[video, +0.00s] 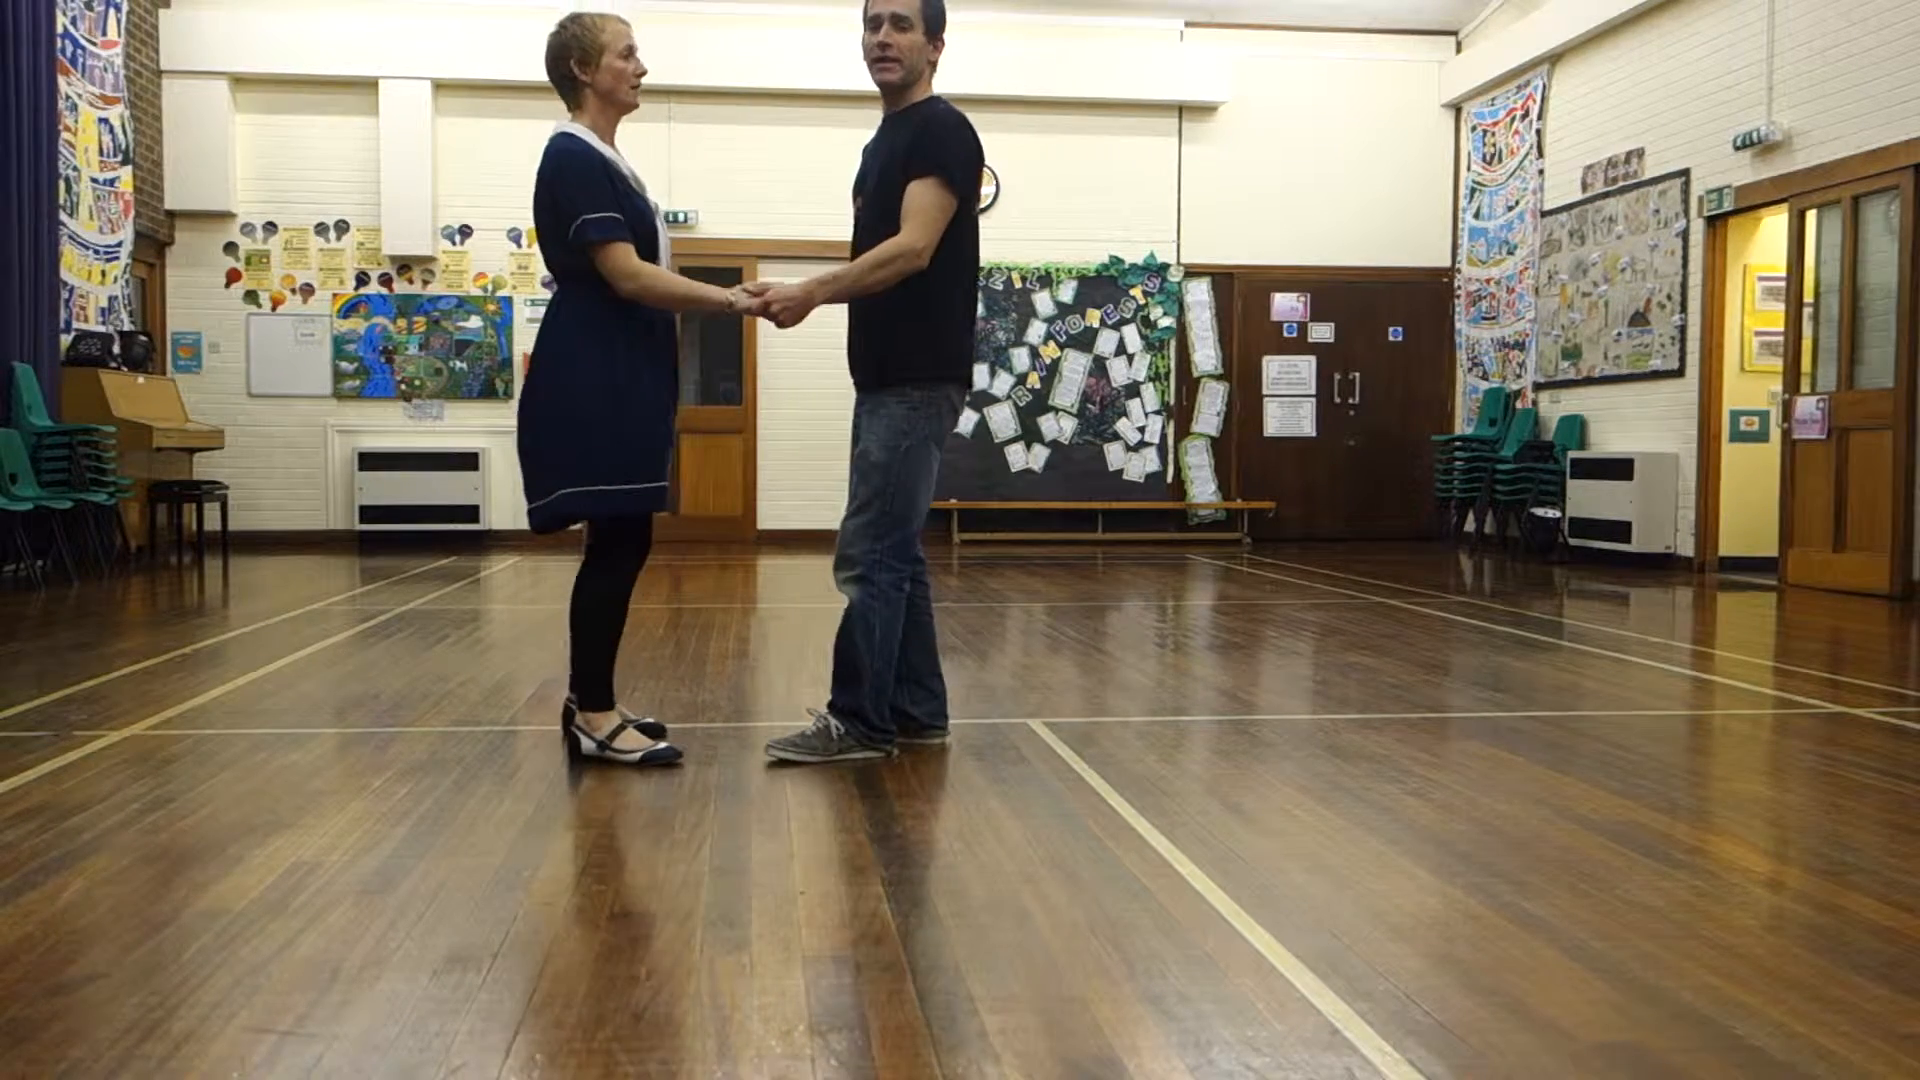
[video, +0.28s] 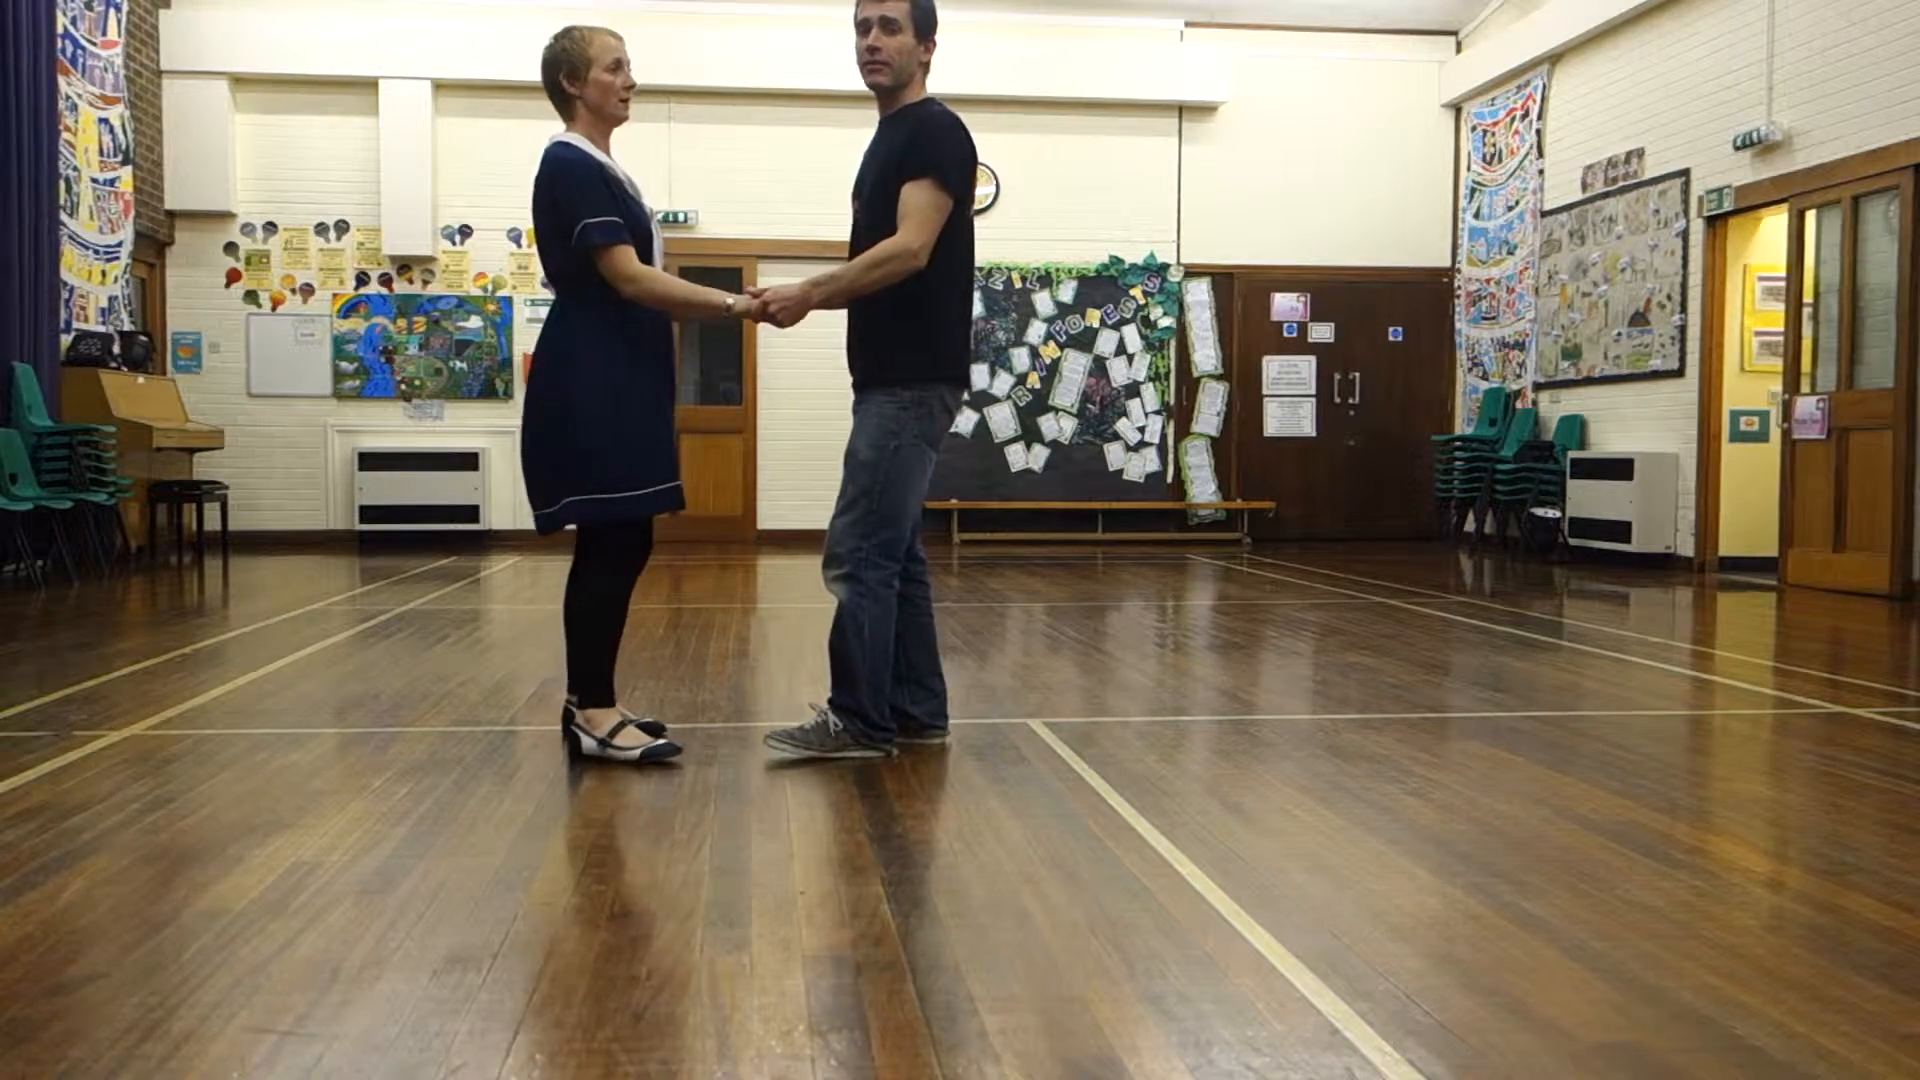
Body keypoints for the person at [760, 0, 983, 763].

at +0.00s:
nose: (881, 39)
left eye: (900, 25)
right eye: (872, 26)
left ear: (935, 45)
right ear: (862, 40)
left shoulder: (939, 129)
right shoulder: (887, 138)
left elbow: (915, 247)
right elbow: (885, 257)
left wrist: (812, 292)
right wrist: (809, 290)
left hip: (918, 378)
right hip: (888, 377)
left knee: (871, 556)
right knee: (892, 552)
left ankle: (859, 720)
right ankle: (917, 709)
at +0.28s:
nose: (871, 42)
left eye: (889, 28)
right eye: (863, 30)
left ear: (926, 44)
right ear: (857, 43)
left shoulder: (933, 130)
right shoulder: (891, 137)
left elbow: (912, 247)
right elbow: (882, 256)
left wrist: (811, 295)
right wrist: (809, 295)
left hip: (913, 381)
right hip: (890, 380)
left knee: (860, 554)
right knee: (892, 551)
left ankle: (858, 718)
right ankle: (917, 709)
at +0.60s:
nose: (855, 42)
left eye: (873, 27)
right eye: (848, 29)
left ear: (913, 45)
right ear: (845, 40)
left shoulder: (915, 127)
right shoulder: (885, 134)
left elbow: (894, 245)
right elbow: (872, 256)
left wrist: (796, 285)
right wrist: (799, 289)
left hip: (897, 378)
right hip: (883, 376)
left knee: (850, 553)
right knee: (887, 551)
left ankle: (855, 721)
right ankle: (916, 710)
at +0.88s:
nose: (832, 40)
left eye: (848, 28)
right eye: (832, 28)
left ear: (897, 44)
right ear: (870, 47)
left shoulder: (904, 126)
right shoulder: (882, 132)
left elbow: (902, 243)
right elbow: (886, 261)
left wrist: (799, 261)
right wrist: (804, 284)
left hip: (886, 378)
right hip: (882, 374)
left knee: (843, 554)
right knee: (884, 549)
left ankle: (856, 720)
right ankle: (915, 708)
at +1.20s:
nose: (833, 47)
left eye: (848, 34)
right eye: (835, 33)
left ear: (895, 48)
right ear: (875, 49)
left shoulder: (910, 129)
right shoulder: (880, 139)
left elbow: (927, 241)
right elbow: (878, 282)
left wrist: (822, 254)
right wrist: (793, 297)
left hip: (892, 383)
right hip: (880, 381)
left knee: (831, 552)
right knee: (877, 552)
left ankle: (855, 716)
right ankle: (914, 708)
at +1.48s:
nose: (856, 45)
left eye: (873, 32)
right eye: (850, 32)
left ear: (913, 50)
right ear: (844, 48)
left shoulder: (930, 129)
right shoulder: (858, 154)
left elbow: (948, 244)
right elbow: (855, 271)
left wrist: (857, 281)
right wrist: (776, 311)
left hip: (913, 375)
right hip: (875, 375)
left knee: (870, 555)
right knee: (871, 553)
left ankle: (912, 714)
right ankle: (899, 707)